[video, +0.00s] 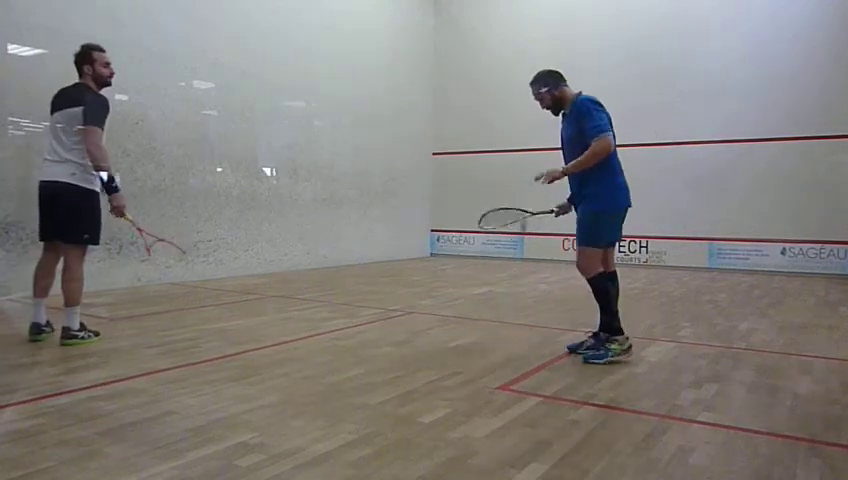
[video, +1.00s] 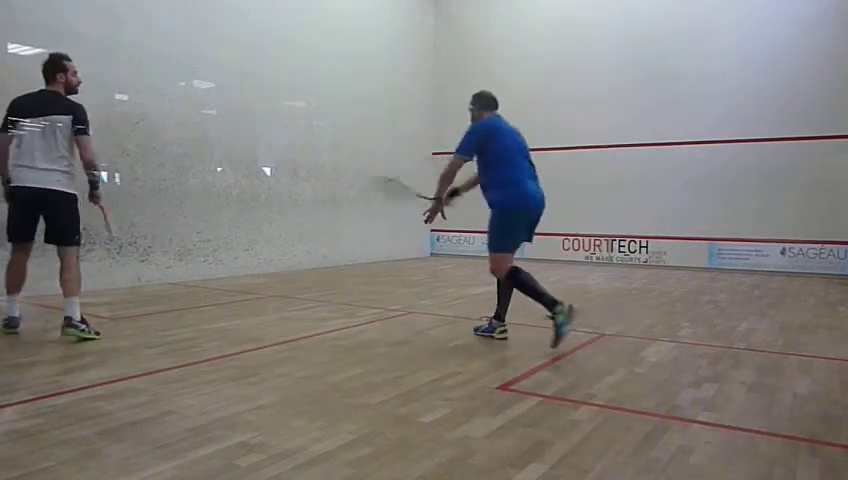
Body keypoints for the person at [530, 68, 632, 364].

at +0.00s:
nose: (540, 104)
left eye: (540, 97)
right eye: (537, 99)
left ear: (554, 89)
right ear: (551, 92)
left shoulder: (584, 106)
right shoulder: (569, 118)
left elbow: (604, 145)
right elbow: (584, 167)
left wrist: (564, 170)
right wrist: (570, 201)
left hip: (603, 199)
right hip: (596, 200)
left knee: (587, 263)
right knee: (604, 264)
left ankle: (615, 336)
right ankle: (606, 334)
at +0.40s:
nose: (531, 102)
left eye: (532, 95)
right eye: (529, 96)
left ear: (548, 90)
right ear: (547, 92)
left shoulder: (577, 110)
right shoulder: (559, 122)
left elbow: (572, 157)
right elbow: (562, 168)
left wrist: (535, 193)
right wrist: (531, 189)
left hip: (605, 204)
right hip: (582, 205)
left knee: (609, 265)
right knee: (567, 259)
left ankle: (622, 343)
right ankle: (591, 330)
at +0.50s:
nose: (526, 103)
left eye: (529, 95)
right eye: (525, 96)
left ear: (544, 92)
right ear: (545, 93)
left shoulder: (567, 113)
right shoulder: (555, 121)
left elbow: (551, 162)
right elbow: (549, 172)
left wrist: (518, 193)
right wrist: (514, 179)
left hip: (603, 202)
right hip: (580, 203)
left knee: (607, 265)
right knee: (560, 258)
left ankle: (621, 343)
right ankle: (570, 330)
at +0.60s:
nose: (516, 103)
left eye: (519, 97)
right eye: (516, 98)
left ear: (534, 95)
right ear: (536, 96)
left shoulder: (557, 114)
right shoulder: (546, 125)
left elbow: (521, 155)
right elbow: (526, 172)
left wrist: (483, 175)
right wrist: (496, 152)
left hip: (594, 202)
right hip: (571, 204)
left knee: (602, 265)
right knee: (549, 256)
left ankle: (621, 343)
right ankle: (532, 324)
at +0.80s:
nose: (493, 103)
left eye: (496, 97)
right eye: (493, 99)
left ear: (509, 98)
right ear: (510, 101)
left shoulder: (526, 120)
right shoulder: (515, 131)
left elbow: (487, 145)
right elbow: (486, 155)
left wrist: (456, 152)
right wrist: (492, 123)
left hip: (557, 208)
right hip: (540, 211)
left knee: (569, 270)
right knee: (520, 261)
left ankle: (613, 336)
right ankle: (501, 321)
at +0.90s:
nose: (480, 117)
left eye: (482, 112)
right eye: (480, 112)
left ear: (490, 111)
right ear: (503, 110)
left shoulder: (500, 130)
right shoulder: (513, 128)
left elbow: (464, 164)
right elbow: (481, 159)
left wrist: (451, 169)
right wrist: (459, 157)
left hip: (533, 207)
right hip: (537, 205)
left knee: (529, 269)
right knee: (508, 260)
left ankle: (588, 322)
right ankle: (498, 323)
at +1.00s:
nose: (470, 116)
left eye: (472, 112)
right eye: (470, 112)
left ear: (480, 111)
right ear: (493, 110)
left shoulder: (479, 130)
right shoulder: (509, 131)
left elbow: (451, 170)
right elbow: (486, 171)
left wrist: (437, 203)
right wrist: (459, 190)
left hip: (509, 203)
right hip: (532, 200)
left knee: (499, 266)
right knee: (504, 263)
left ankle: (557, 309)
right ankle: (498, 322)